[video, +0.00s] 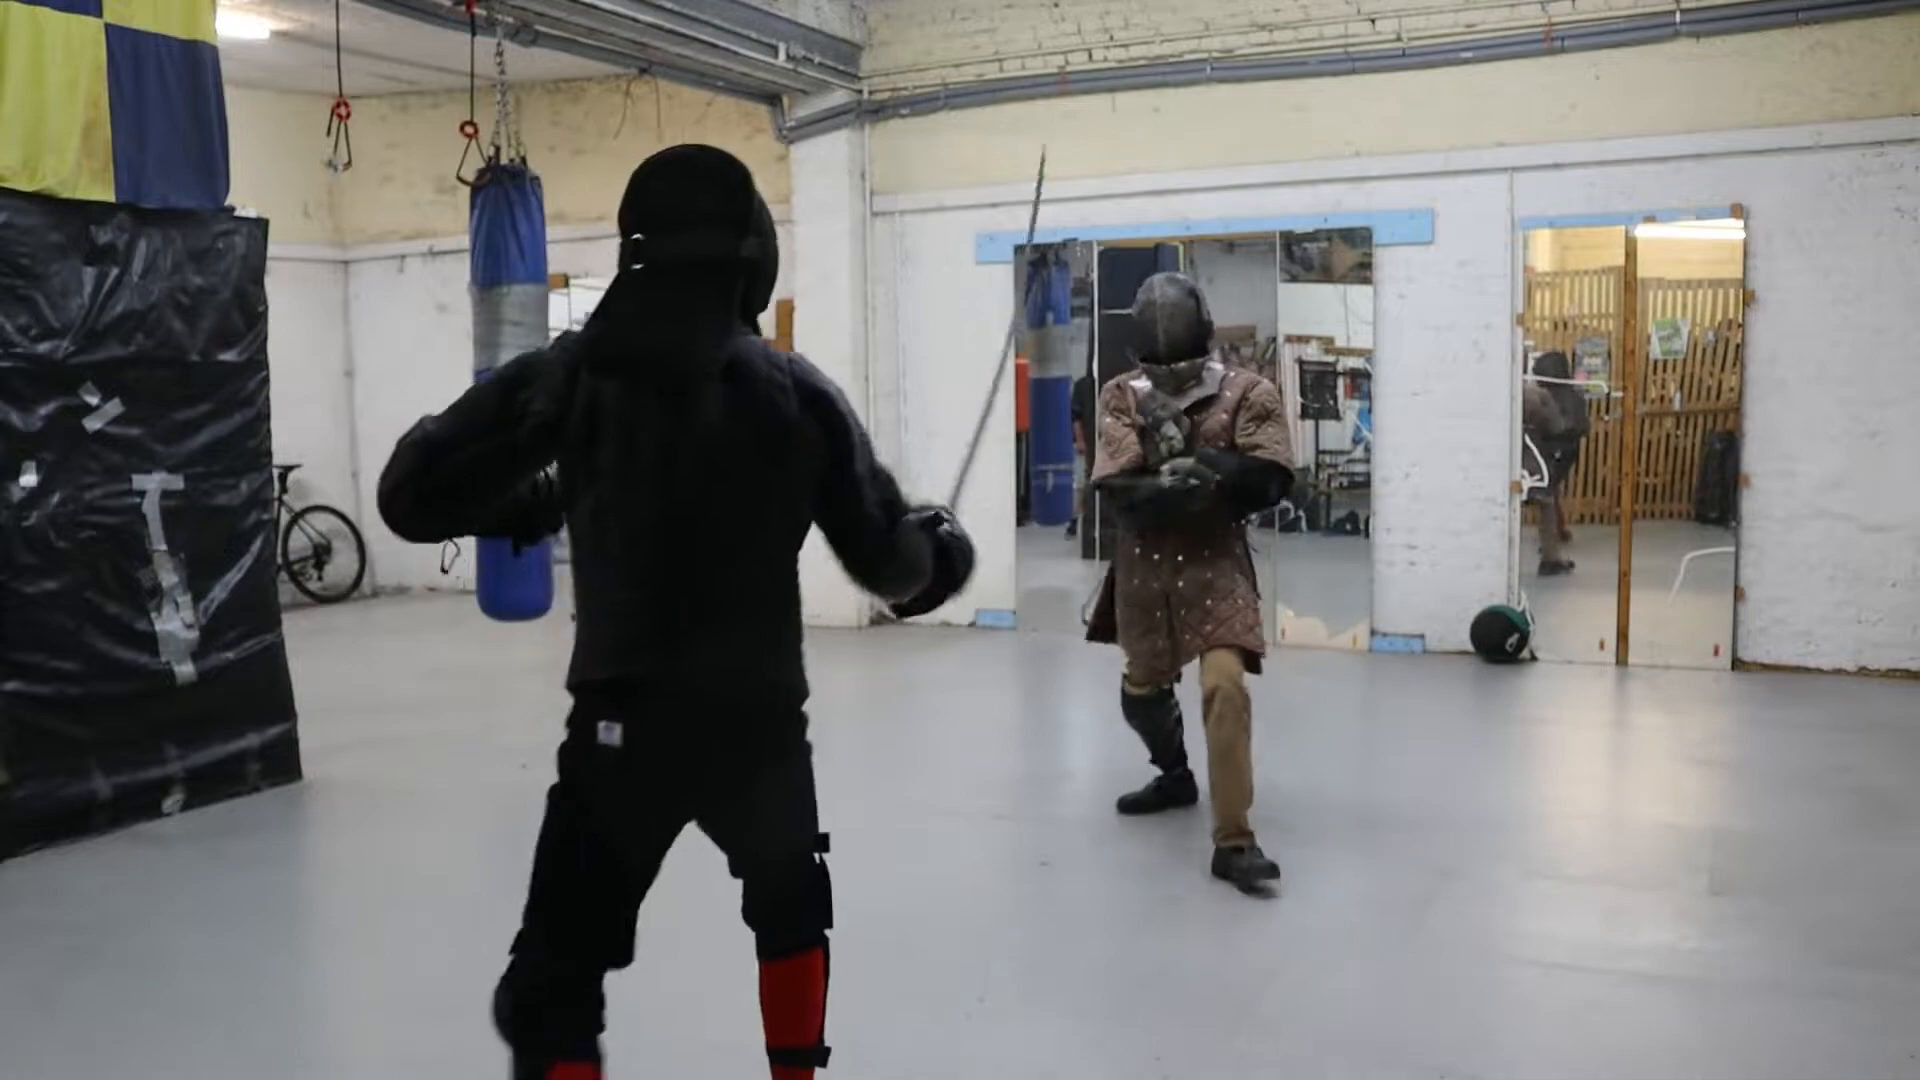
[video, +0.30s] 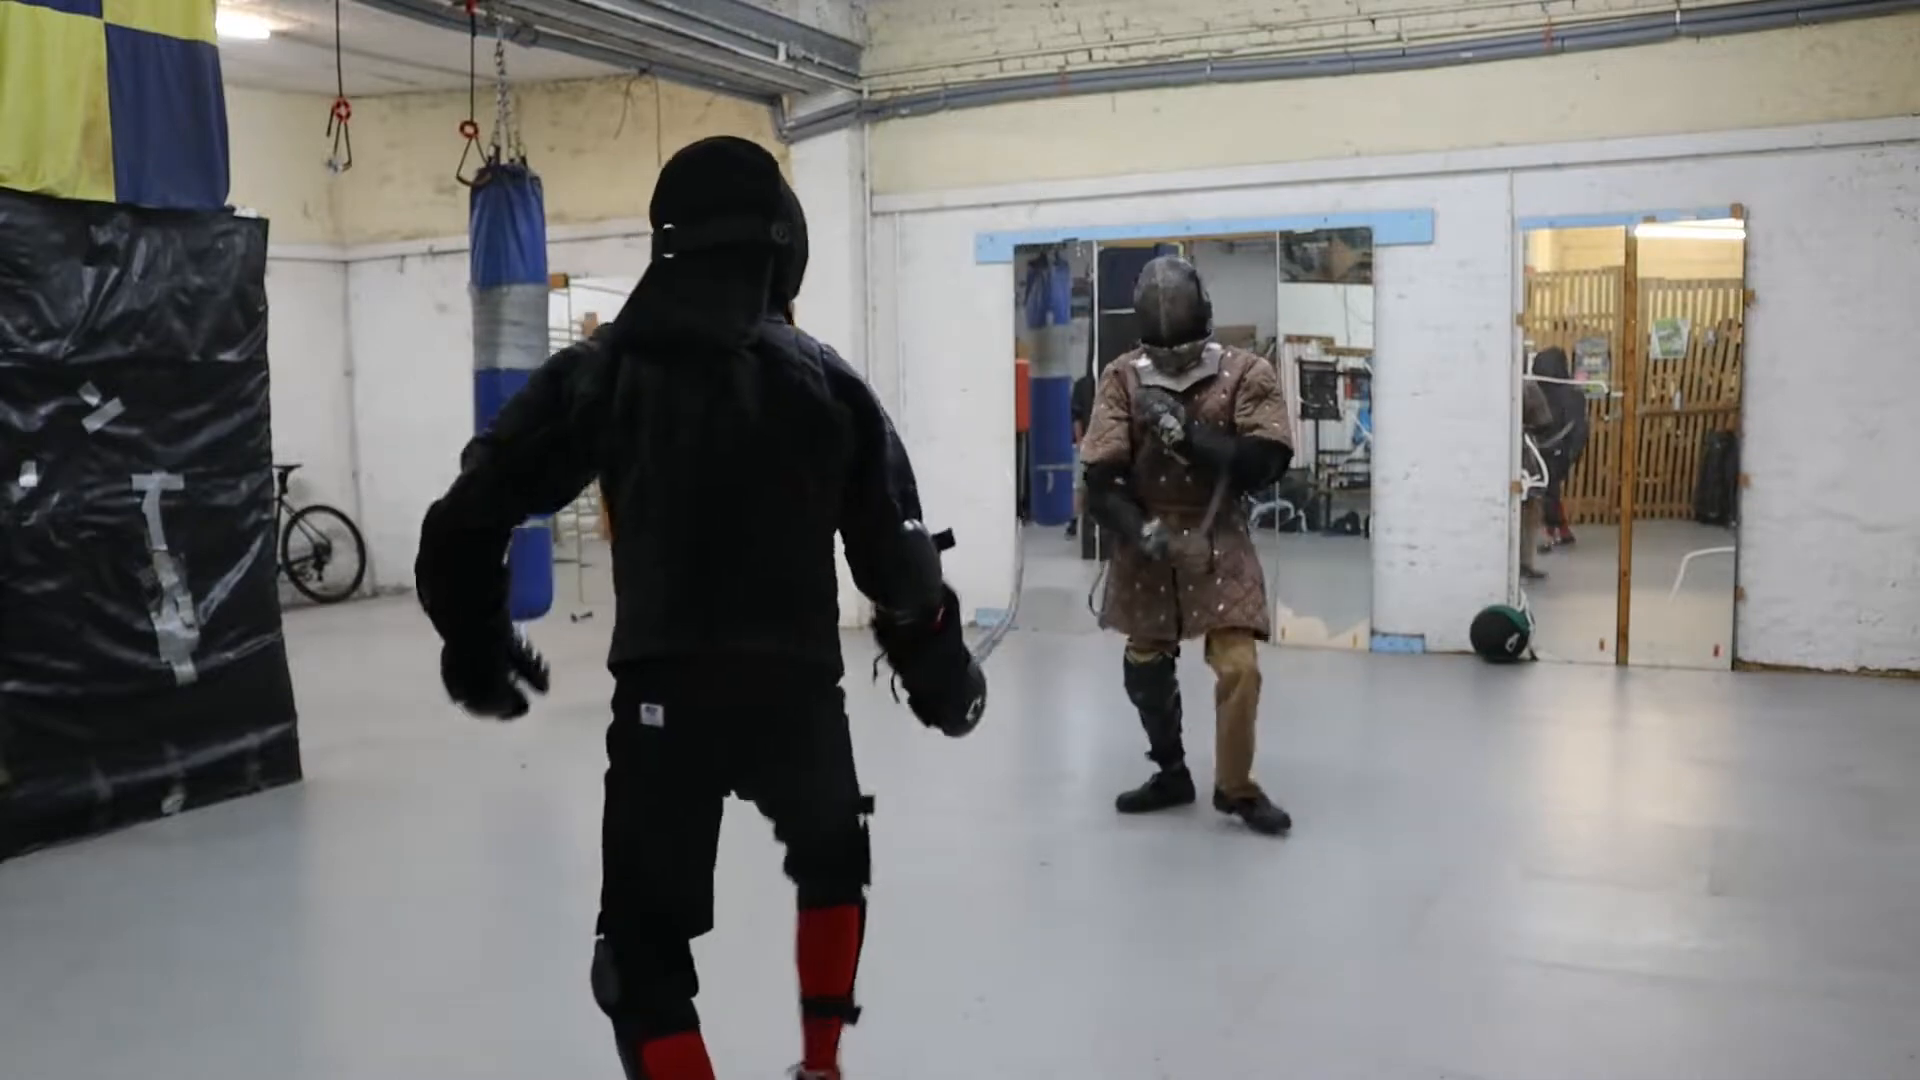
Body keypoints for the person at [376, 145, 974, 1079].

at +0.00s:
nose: (764, 264)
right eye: (758, 246)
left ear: (633, 254)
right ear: (752, 259)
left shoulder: (568, 378)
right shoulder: (792, 392)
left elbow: (412, 496)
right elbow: (890, 563)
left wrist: (542, 501)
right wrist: (940, 545)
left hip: (622, 738)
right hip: (758, 738)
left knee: (554, 988)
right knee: (792, 914)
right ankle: (796, 1072)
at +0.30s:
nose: (793, 256)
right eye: (789, 238)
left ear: (666, 245)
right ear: (781, 247)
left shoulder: (604, 372)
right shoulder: (825, 383)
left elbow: (466, 518)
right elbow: (895, 551)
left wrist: (476, 636)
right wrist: (940, 668)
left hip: (662, 704)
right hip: (797, 702)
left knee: (645, 942)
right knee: (833, 856)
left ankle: (685, 1075)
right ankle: (822, 1063)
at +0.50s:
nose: (831, 278)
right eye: (828, 261)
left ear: (716, 260)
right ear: (820, 267)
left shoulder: (659, 365)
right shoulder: (858, 396)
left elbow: (495, 425)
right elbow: (938, 542)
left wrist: (560, 597)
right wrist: (1019, 601)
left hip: (701, 701)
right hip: (819, 700)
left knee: (678, 933)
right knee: (865, 861)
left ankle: (696, 1074)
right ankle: (905, 1032)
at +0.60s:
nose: (854, 286)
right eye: (852, 270)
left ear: (745, 271)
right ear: (847, 278)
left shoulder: (688, 373)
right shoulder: (879, 401)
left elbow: (552, 430)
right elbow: (984, 518)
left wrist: (659, 562)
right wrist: (1061, 523)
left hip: (727, 698)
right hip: (844, 698)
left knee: (697, 931)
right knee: (878, 839)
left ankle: (719, 1071)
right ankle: (905, 1025)